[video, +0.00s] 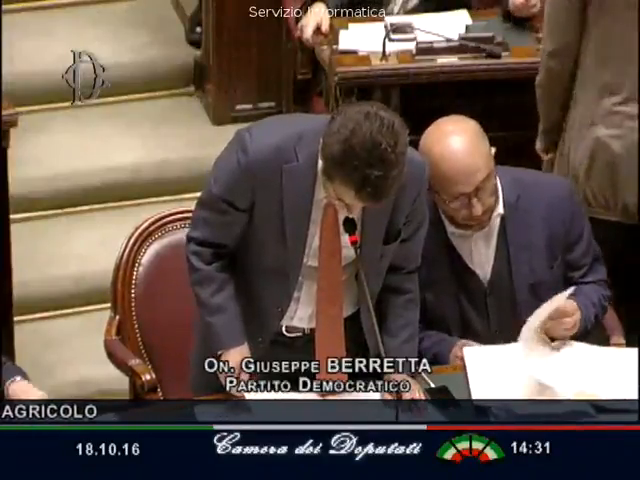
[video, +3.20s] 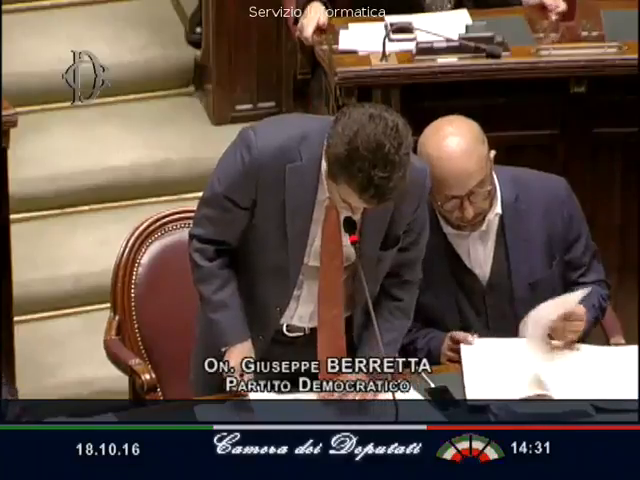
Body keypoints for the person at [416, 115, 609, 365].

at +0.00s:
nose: (476, 208)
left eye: (482, 188)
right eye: (458, 199)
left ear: (492, 158)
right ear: (430, 187)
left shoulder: (553, 198)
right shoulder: (408, 224)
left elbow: (594, 282)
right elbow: (401, 326)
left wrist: (578, 310)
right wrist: (448, 350)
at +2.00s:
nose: (476, 207)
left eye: (483, 188)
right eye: (458, 197)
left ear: (492, 154)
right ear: (430, 185)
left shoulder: (551, 193)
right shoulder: (408, 220)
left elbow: (585, 271)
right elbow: (392, 324)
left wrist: (606, 304)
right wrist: (439, 346)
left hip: (556, 378)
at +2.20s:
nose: (475, 208)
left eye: (482, 189)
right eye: (457, 198)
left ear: (494, 158)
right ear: (430, 184)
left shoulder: (553, 194)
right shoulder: (409, 219)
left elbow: (595, 278)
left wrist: (568, 304)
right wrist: (440, 345)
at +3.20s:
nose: (469, 211)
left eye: (479, 191)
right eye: (452, 199)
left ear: (491, 159)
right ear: (425, 186)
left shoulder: (550, 197)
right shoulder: (407, 222)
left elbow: (591, 282)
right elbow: (398, 327)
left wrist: (580, 317)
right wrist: (438, 346)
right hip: (454, 380)